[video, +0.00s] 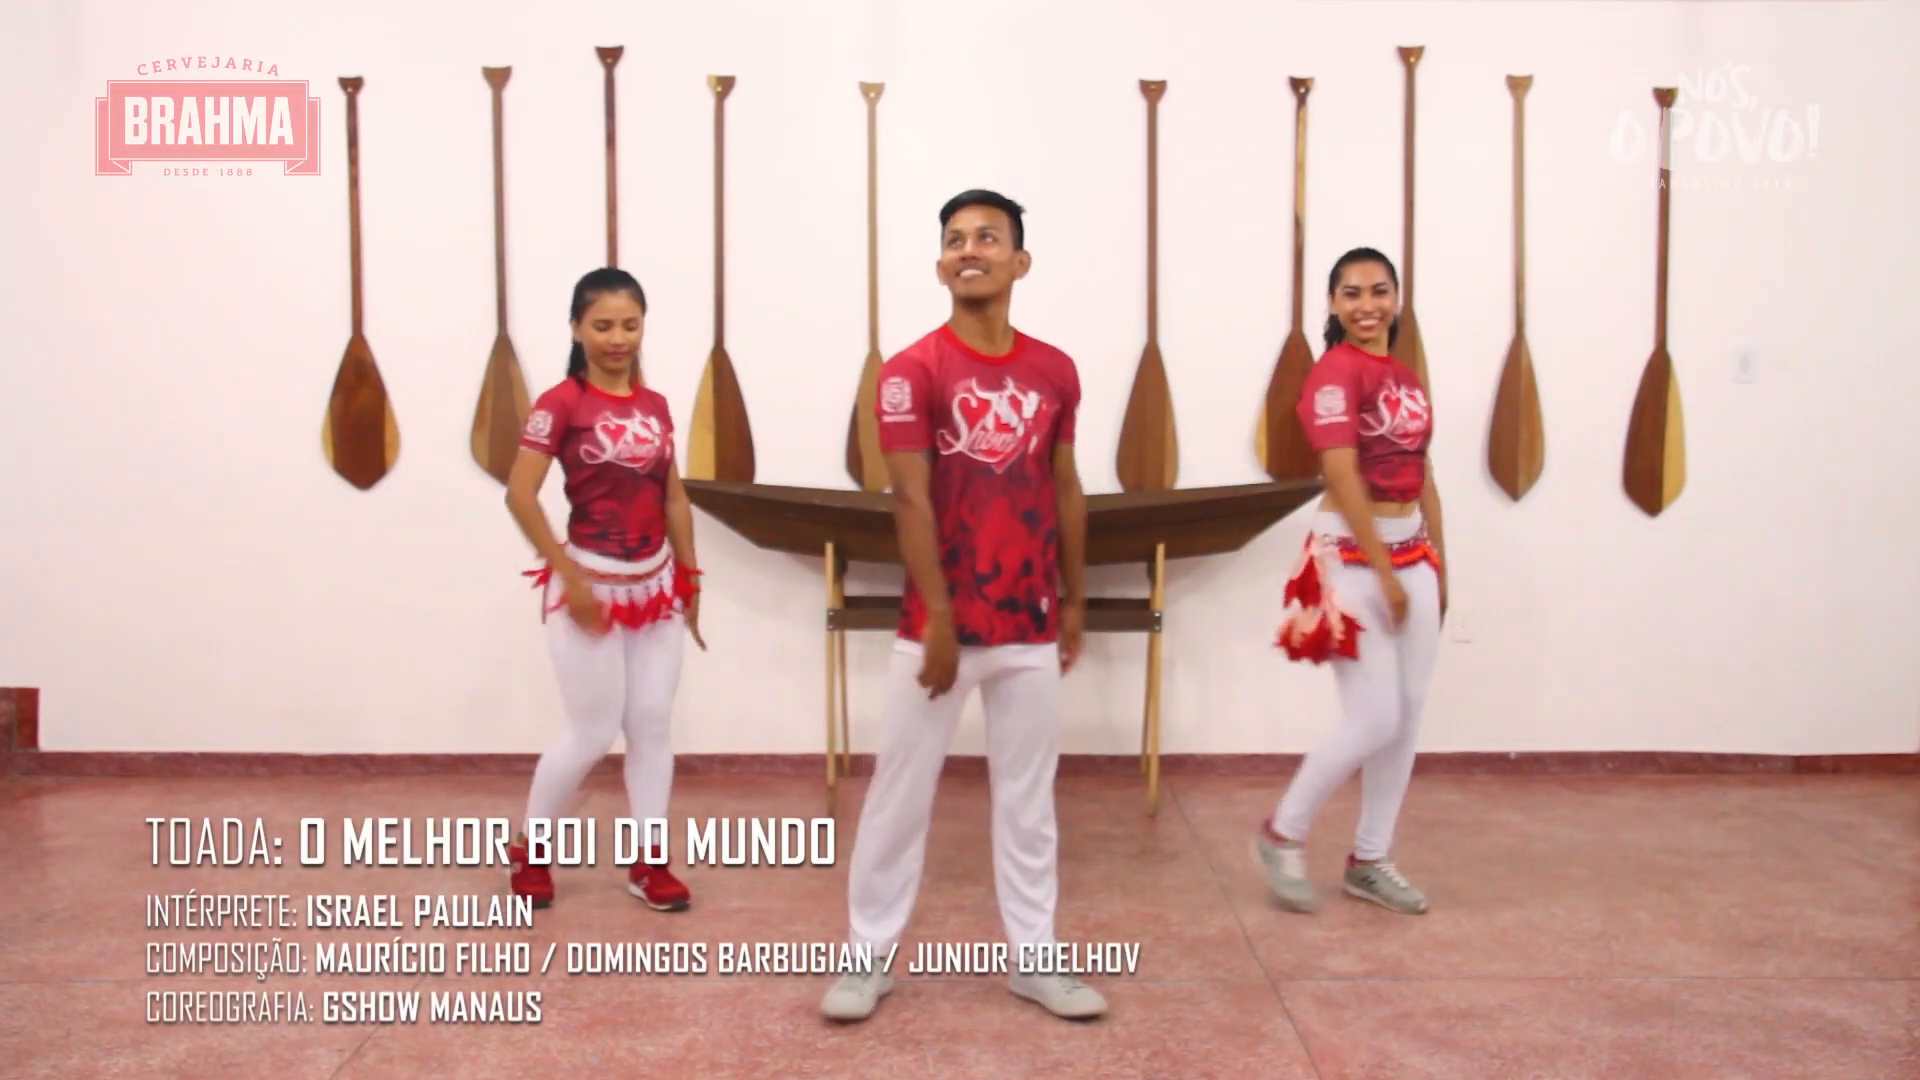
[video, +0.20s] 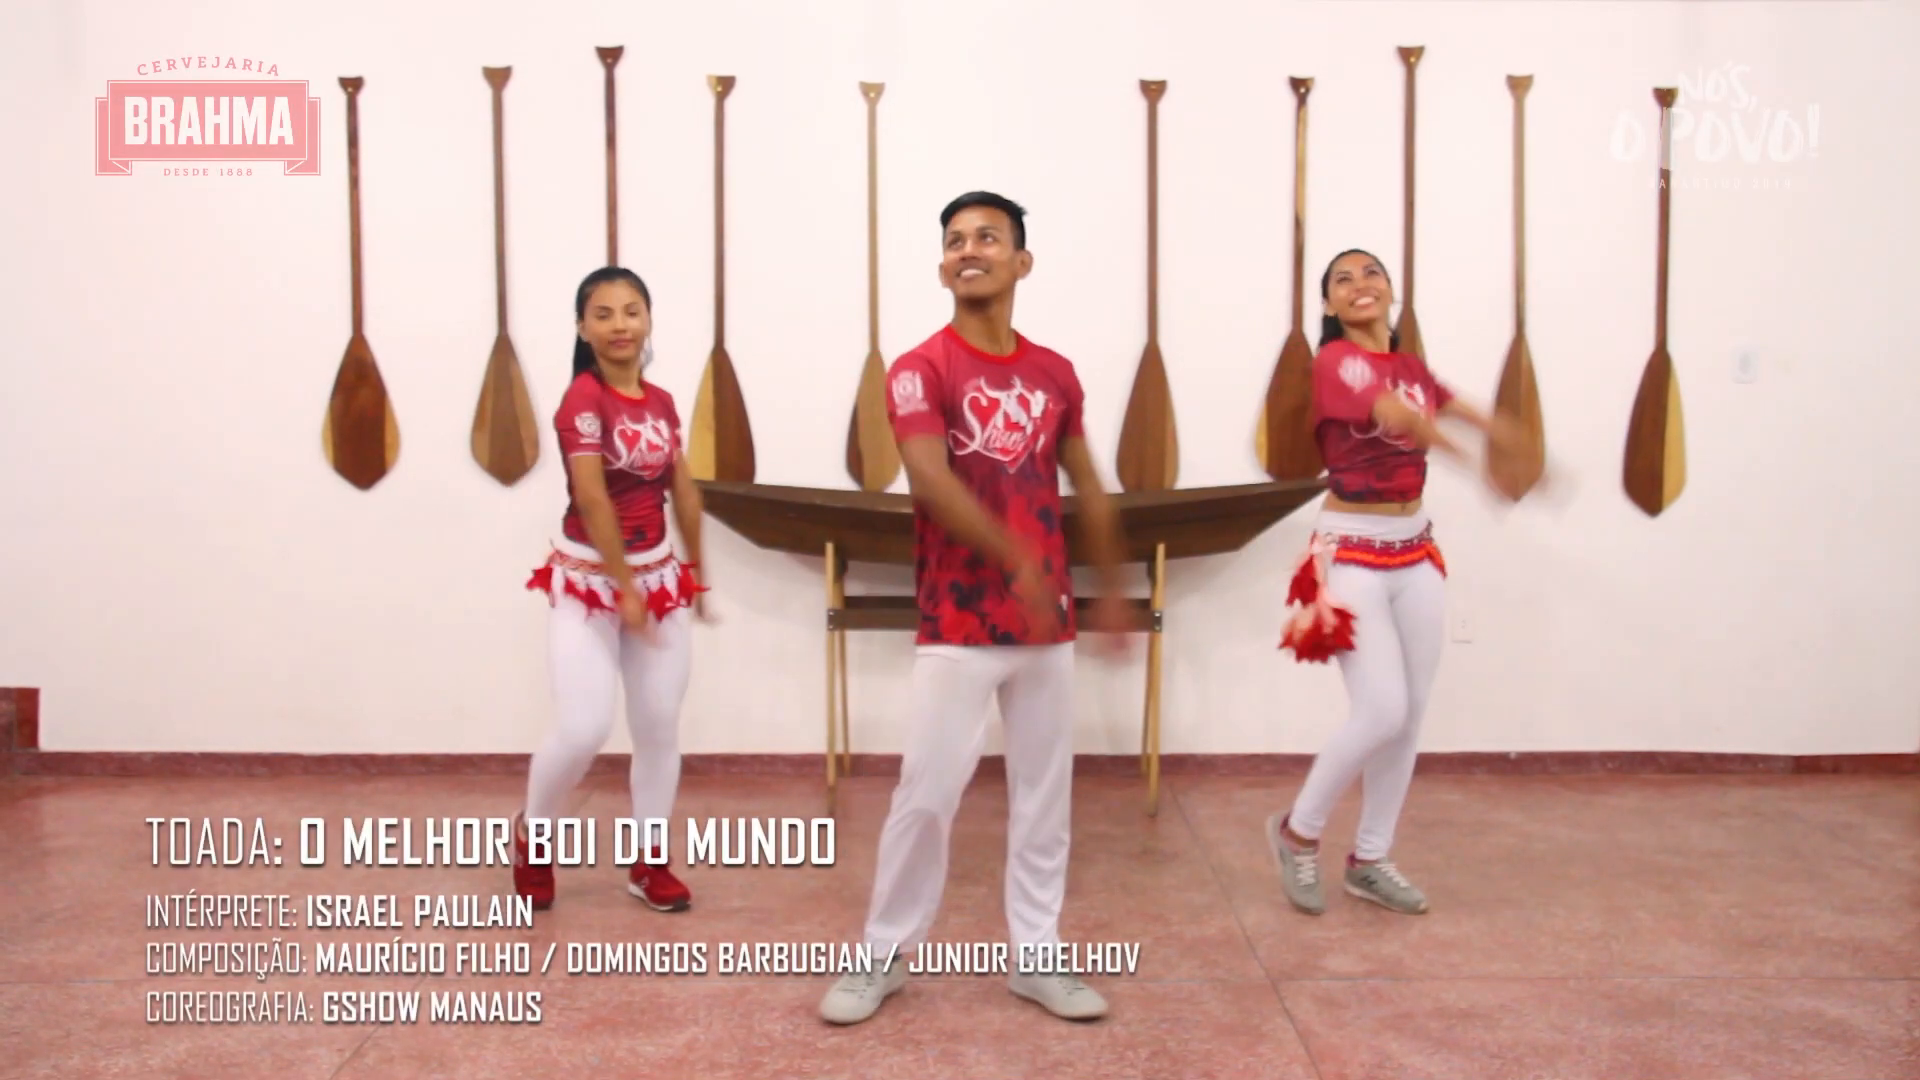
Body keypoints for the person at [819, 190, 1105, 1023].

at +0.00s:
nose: (969, 249)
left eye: (987, 237)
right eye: (956, 239)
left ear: (1020, 261)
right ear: (939, 264)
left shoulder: (1054, 371)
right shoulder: (912, 371)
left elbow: (1064, 486)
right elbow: (911, 499)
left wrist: (1074, 600)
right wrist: (939, 618)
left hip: (1028, 626)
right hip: (937, 625)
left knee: (1028, 800)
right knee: (898, 797)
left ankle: (1034, 954)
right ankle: (868, 951)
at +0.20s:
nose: (967, 250)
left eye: (986, 238)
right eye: (955, 240)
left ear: (1022, 262)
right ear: (941, 266)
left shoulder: (1054, 372)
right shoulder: (920, 367)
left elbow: (1087, 486)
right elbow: (930, 482)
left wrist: (1113, 587)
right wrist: (1020, 561)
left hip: (1043, 622)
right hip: (958, 624)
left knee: (1043, 799)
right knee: (927, 797)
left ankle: (1037, 954)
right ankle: (880, 951)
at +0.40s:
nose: (958, 245)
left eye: (977, 234)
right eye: (946, 236)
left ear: (1015, 258)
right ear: (934, 263)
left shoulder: (1055, 351)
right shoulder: (920, 355)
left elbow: (1140, 363)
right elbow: (889, 360)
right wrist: (952, 312)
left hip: (1035, 622)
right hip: (944, 622)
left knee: (1037, 803)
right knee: (890, 788)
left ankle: (1035, 955)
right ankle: (850, 959)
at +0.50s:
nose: (954, 248)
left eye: (973, 235)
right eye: (942, 238)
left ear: (1009, 258)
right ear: (929, 265)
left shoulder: (1043, 344)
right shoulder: (914, 352)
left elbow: (1147, 297)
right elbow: (872, 301)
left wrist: (1239, 233)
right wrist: (906, 206)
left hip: (1029, 623)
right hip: (935, 624)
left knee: (1033, 803)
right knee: (878, 798)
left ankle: (1035, 958)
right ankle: (819, 975)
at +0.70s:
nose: (922, 254)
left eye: (943, 242)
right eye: (912, 243)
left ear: (981, 265)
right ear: (899, 261)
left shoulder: (1006, 348)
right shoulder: (869, 349)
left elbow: (1077, 249)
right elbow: (803, 270)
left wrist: (1120, 138)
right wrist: (757, 163)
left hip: (994, 627)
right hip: (896, 630)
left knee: (1014, 805)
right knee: (850, 817)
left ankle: (1033, 956)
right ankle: (816, 998)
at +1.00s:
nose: (862, 240)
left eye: (883, 229)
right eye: (852, 228)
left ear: (924, 255)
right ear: (838, 248)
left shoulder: (944, 343)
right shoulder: (792, 338)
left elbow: (999, 242)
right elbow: (687, 282)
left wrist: (981, 123)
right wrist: (577, 217)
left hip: (915, 629)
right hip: (808, 630)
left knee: (982, 798)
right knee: (791, 827)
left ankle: (1044, 953)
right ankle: (807, 1006)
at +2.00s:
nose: (881, 265)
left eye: (900, 249)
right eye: (863, 249)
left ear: (931, 266)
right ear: (837, 264)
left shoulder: (955, 372)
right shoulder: (805, 358)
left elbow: (1019, 287)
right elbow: (727, 241)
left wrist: (1048, 172)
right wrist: (706, 102)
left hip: (910, 681)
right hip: (802, 669)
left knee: (953, 894)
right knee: (790, 855)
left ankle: (993, 1069)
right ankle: (801, 1011)